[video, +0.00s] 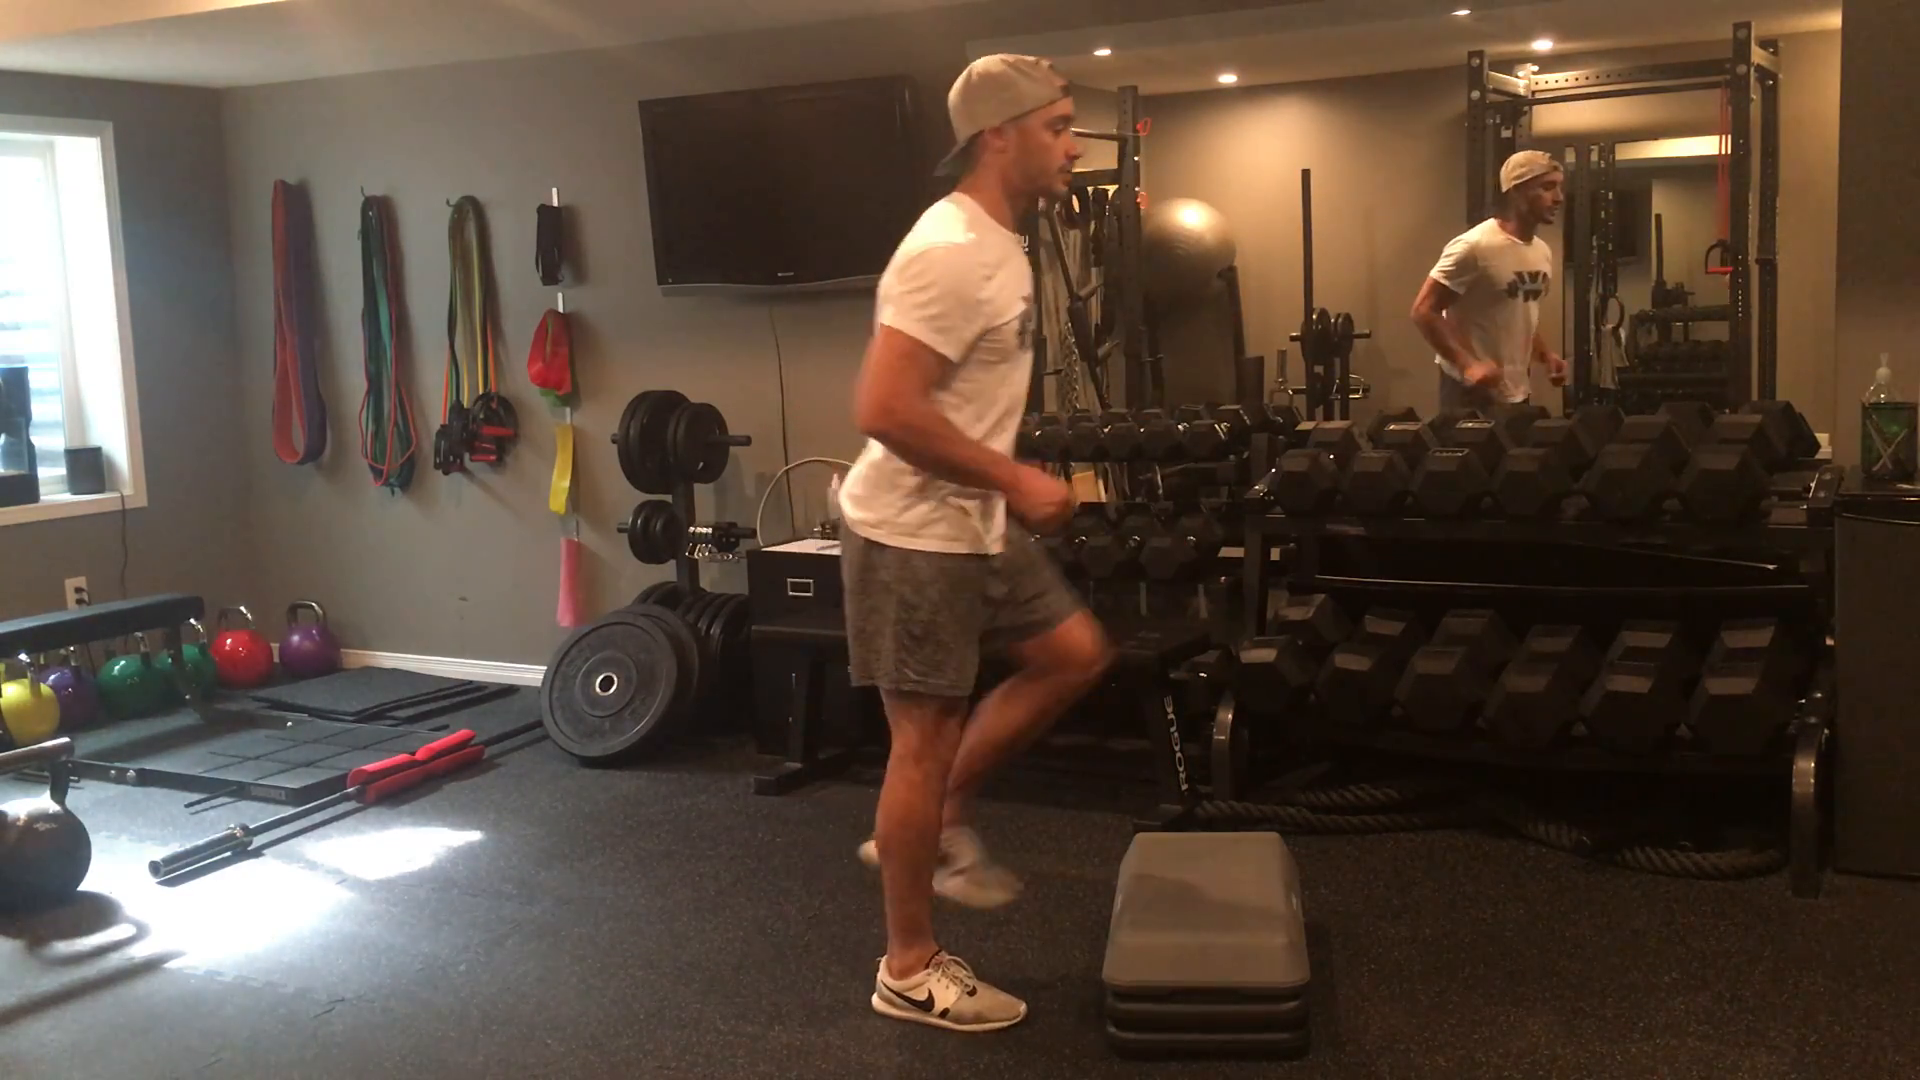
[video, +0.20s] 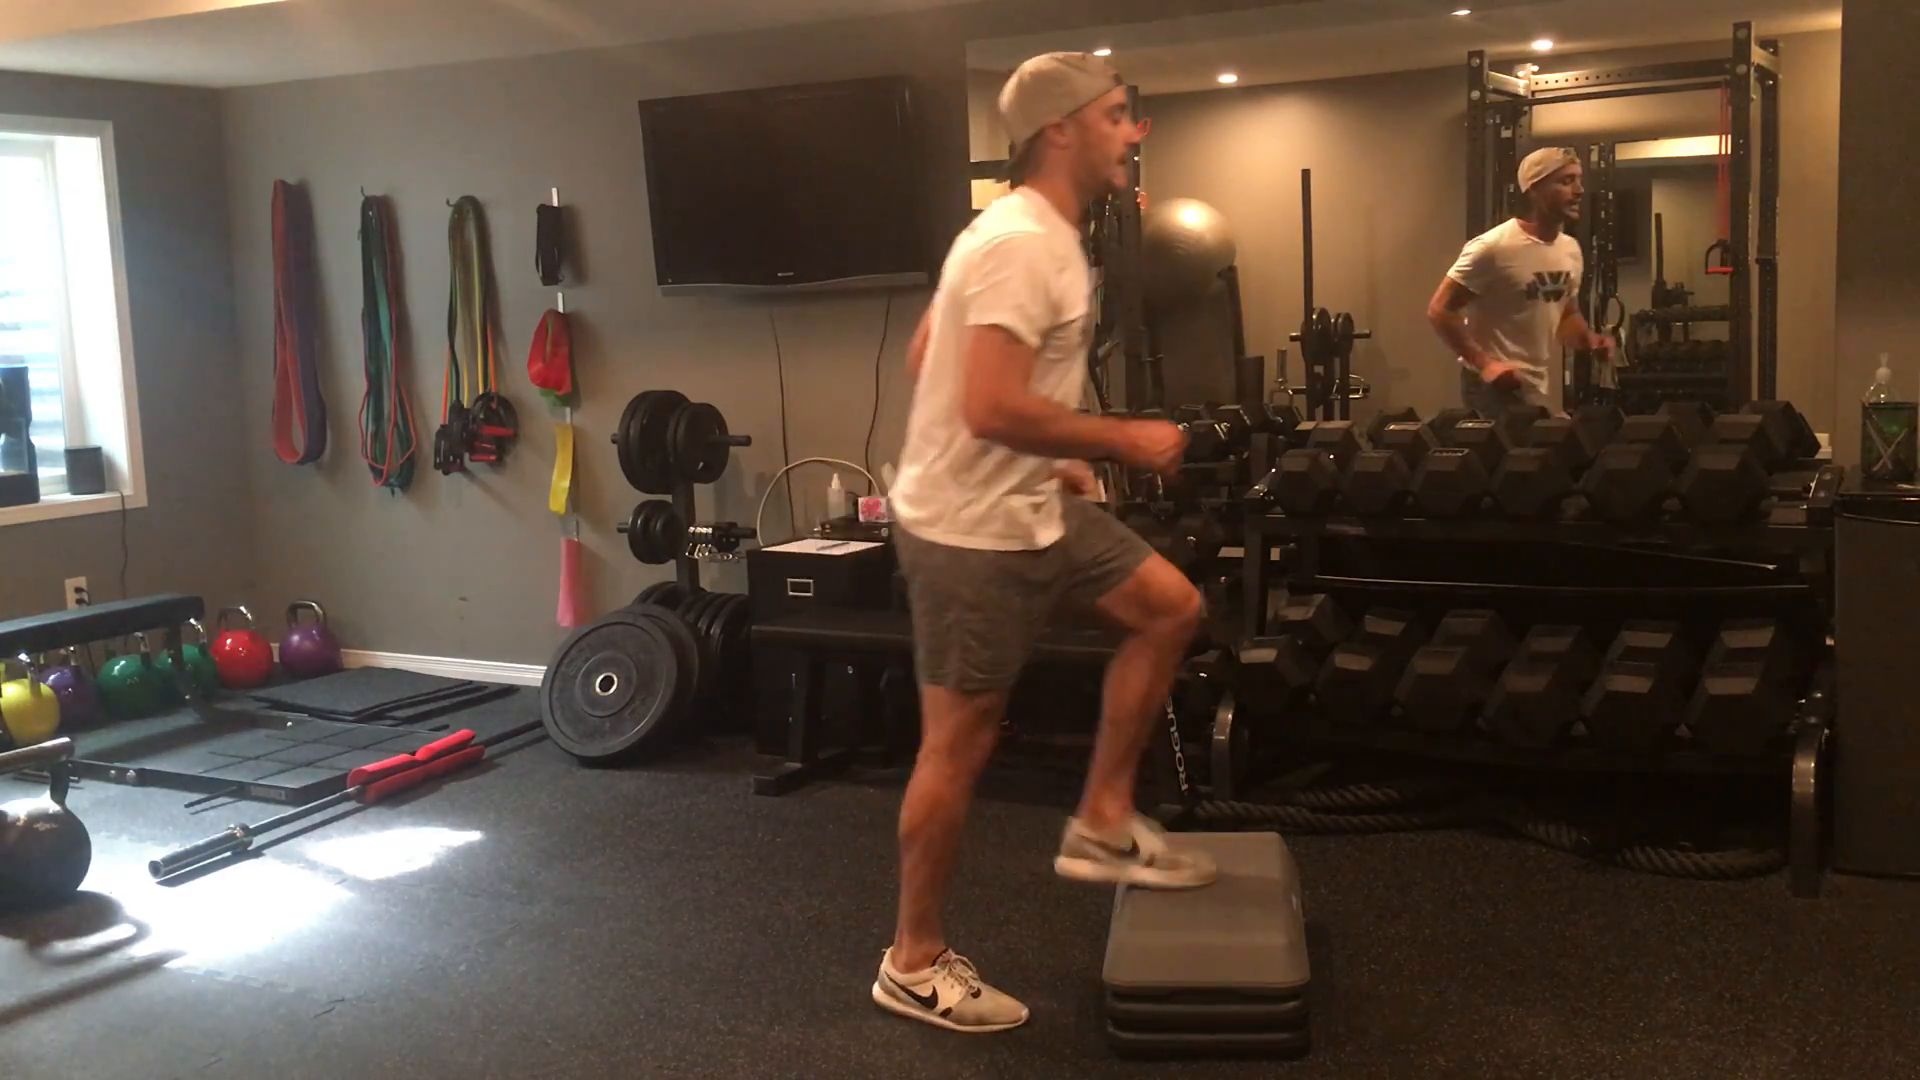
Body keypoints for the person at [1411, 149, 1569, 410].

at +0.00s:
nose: (1559, 197)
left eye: (1559, 188)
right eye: (1548, 187)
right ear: (1518, 190)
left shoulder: (1542, 252)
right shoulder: (1472, 247)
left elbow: (1519, 318)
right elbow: (1423, 311)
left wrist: (1546, 355)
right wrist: (1467, 365)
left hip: (1517, 395)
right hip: (1470, 398)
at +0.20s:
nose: (1579, 191)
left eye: (1579, 181)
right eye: (1567, 181)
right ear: (1535, 190)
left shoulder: (1569, 249)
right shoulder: (1490, 248)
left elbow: (1567, 314)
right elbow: (1440, 311)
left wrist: (1586, 339)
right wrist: (1485, 365)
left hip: (1538, 387)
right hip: (1493, 388)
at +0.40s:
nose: (1592, 160)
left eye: (1592, 151)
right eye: (1579, 152)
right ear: (1548, 162)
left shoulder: (1579, 219)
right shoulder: (1514, 222)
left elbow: (1565, 291)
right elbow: (1481, 300)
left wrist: (1594, 321)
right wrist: (1562, 330)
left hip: (1558, 364)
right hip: (1511, 364)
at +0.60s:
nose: (1601, 115)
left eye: (1600, 105)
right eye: (1589, 105)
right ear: (1557, 113)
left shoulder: (1585, 176)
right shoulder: (1519, 172)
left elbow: (1565, 251)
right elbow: (1478, 248)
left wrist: (1593, 279)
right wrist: (1554, 269)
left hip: (1566, 331)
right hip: (1515, 332)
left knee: (1586, 423)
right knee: (1532, 433)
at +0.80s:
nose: (1591, 138)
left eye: (1591, 128)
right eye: (1579, 127)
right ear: (1546, 133)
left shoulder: (1574, 199)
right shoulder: (1505, 200)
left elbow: (1565, 270)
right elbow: (1464, 271)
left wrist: (1597, 297)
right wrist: (1533, 309)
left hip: (1573, 355)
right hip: (1523, 360)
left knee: (1576, 455)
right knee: (1521, 463)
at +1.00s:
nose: (1572, 173)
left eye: (1571, 162)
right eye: (1562, 161)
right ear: (1531, 169)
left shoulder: (1545, 220)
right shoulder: (1490, 231)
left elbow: (1529, 298)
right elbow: (1448, 306)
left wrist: (1568, 316)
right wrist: (1521, 341)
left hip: (1544, 370)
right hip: (1492, 380)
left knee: (1592, 425)